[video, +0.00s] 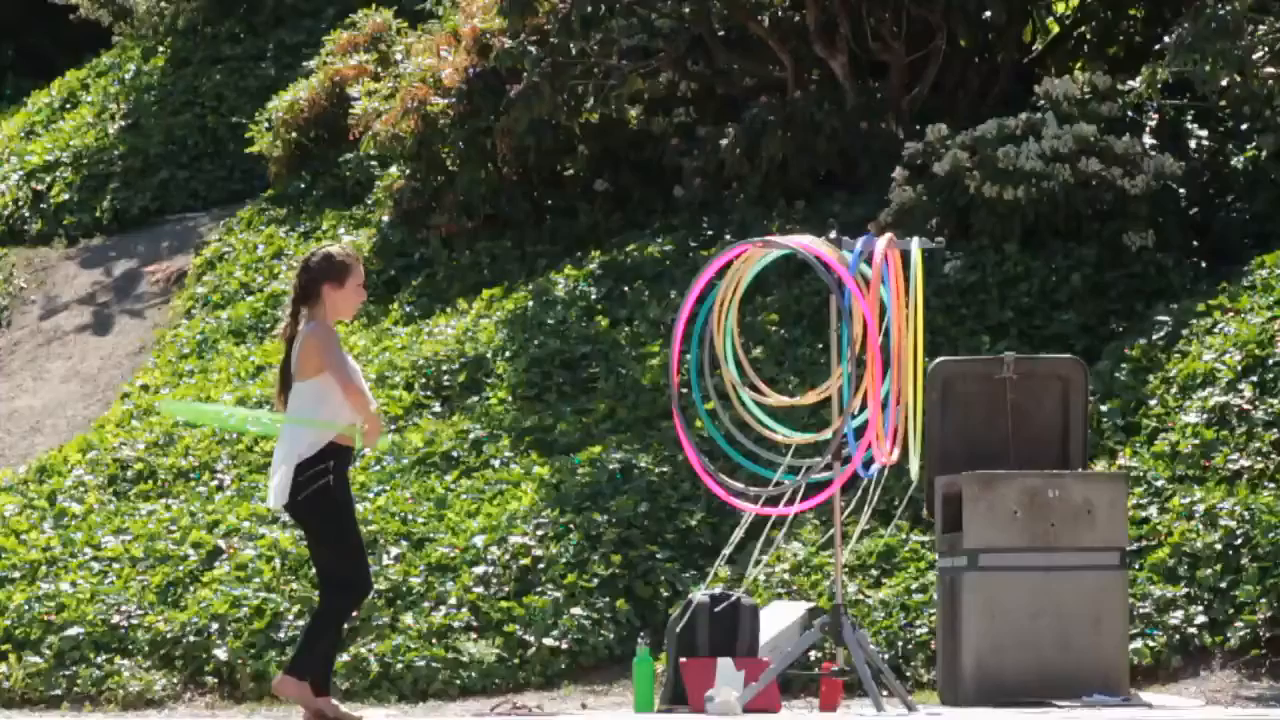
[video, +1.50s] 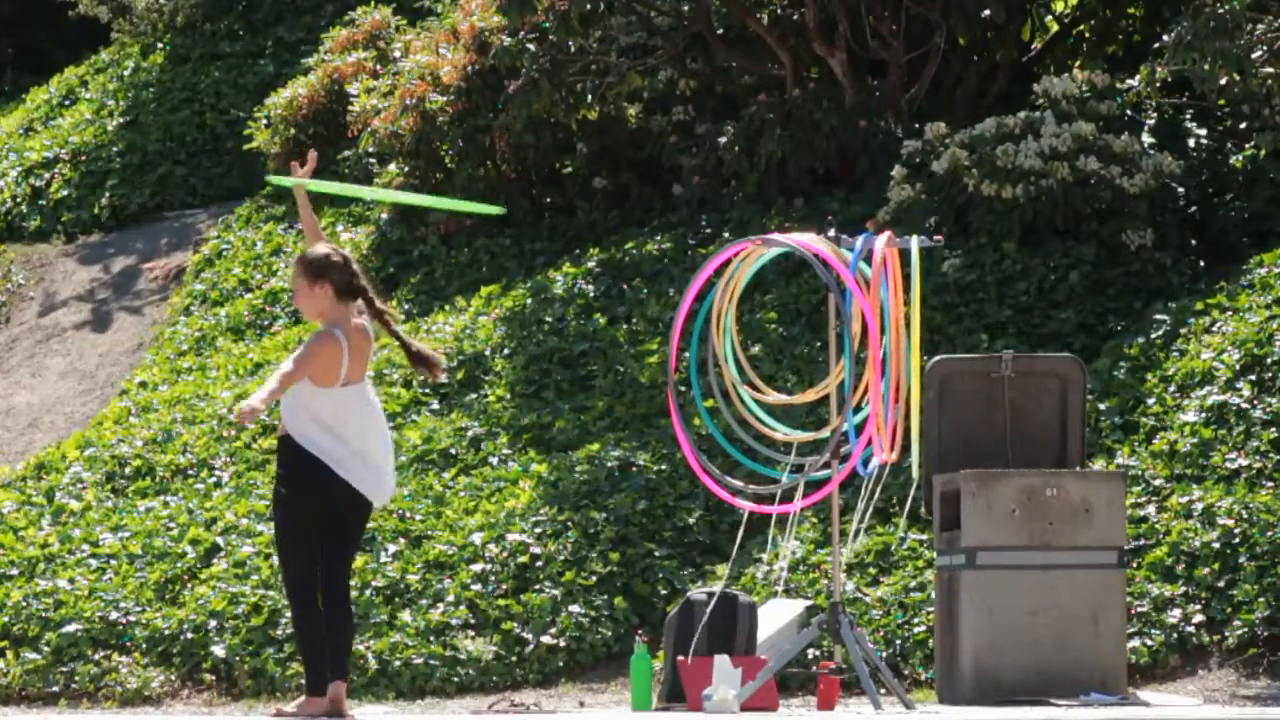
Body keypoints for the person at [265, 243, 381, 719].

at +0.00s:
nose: (363, 294)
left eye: (363, 285)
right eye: (358, 285)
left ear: (325, 290)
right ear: (327, 288)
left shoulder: (311, 333)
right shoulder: (321, 333)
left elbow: (295, 400)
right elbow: (351, 388)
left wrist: (362, 420)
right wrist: (371, 419)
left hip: (313, 470)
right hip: (318, 471)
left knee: (340, 584)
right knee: (352, 581)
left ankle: (319, 690)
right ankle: (296, 675)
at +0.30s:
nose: (357, 296)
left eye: (356, 288)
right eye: (353, 288)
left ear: (317, 290)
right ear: (328, 290)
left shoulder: (299, 326)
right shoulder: (327, 324)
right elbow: (406, 315)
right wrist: (405, 314)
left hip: (308, 476)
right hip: (324, 477)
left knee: (330, 580)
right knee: (351, 581)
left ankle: (317, 687)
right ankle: (320, 686)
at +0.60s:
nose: (357, 296)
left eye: (356, 288)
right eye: (355, 288)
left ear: (311, 290)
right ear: (345, 289)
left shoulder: (281, 347)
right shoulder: (351, 320)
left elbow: (280, 422)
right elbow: (368, 279)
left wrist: (280, 467)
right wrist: (366, 258)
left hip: (297, 482)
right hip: (347, 479)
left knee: (313, 587)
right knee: (351, 589)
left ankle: (311, 696)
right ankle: (338, 687)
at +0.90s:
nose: (300, 295)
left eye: (302, 288)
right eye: (303, 287)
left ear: (310, 291)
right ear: (340, 287)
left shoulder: (296, 351)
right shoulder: (365, 319)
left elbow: (255, 404)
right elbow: (330, 262)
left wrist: (210, 442)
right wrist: (282, 218)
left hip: (305, 481)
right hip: (362, 481)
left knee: (310, 586)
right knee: (347, 588)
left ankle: (310, 696)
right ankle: (332, 694)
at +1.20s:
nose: (300, 300)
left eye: (303, 291)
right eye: (300, 291)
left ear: (326, 291)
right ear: (342, 286)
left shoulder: (315, 344)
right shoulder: (367, 328)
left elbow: (246, 389)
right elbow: (333, 259)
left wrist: (181, 417)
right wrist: (295, 206)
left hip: (314, 470)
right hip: (368, 477)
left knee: (301, 580)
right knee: (343, 582)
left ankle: (310, 693)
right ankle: (335, 691)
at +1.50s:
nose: (295, 299)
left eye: (300, 289)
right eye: (295, 289)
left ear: (326, 288)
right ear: (334, 286)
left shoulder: (323, 343)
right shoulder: (362, 322)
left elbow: (285, 377)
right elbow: (323, 251)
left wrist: (256, 400)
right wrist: (301, 189)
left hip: (308, 473)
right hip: (357, 477)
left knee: (299, 579)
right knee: (337, 580)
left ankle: (318, 690)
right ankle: (337, 689)